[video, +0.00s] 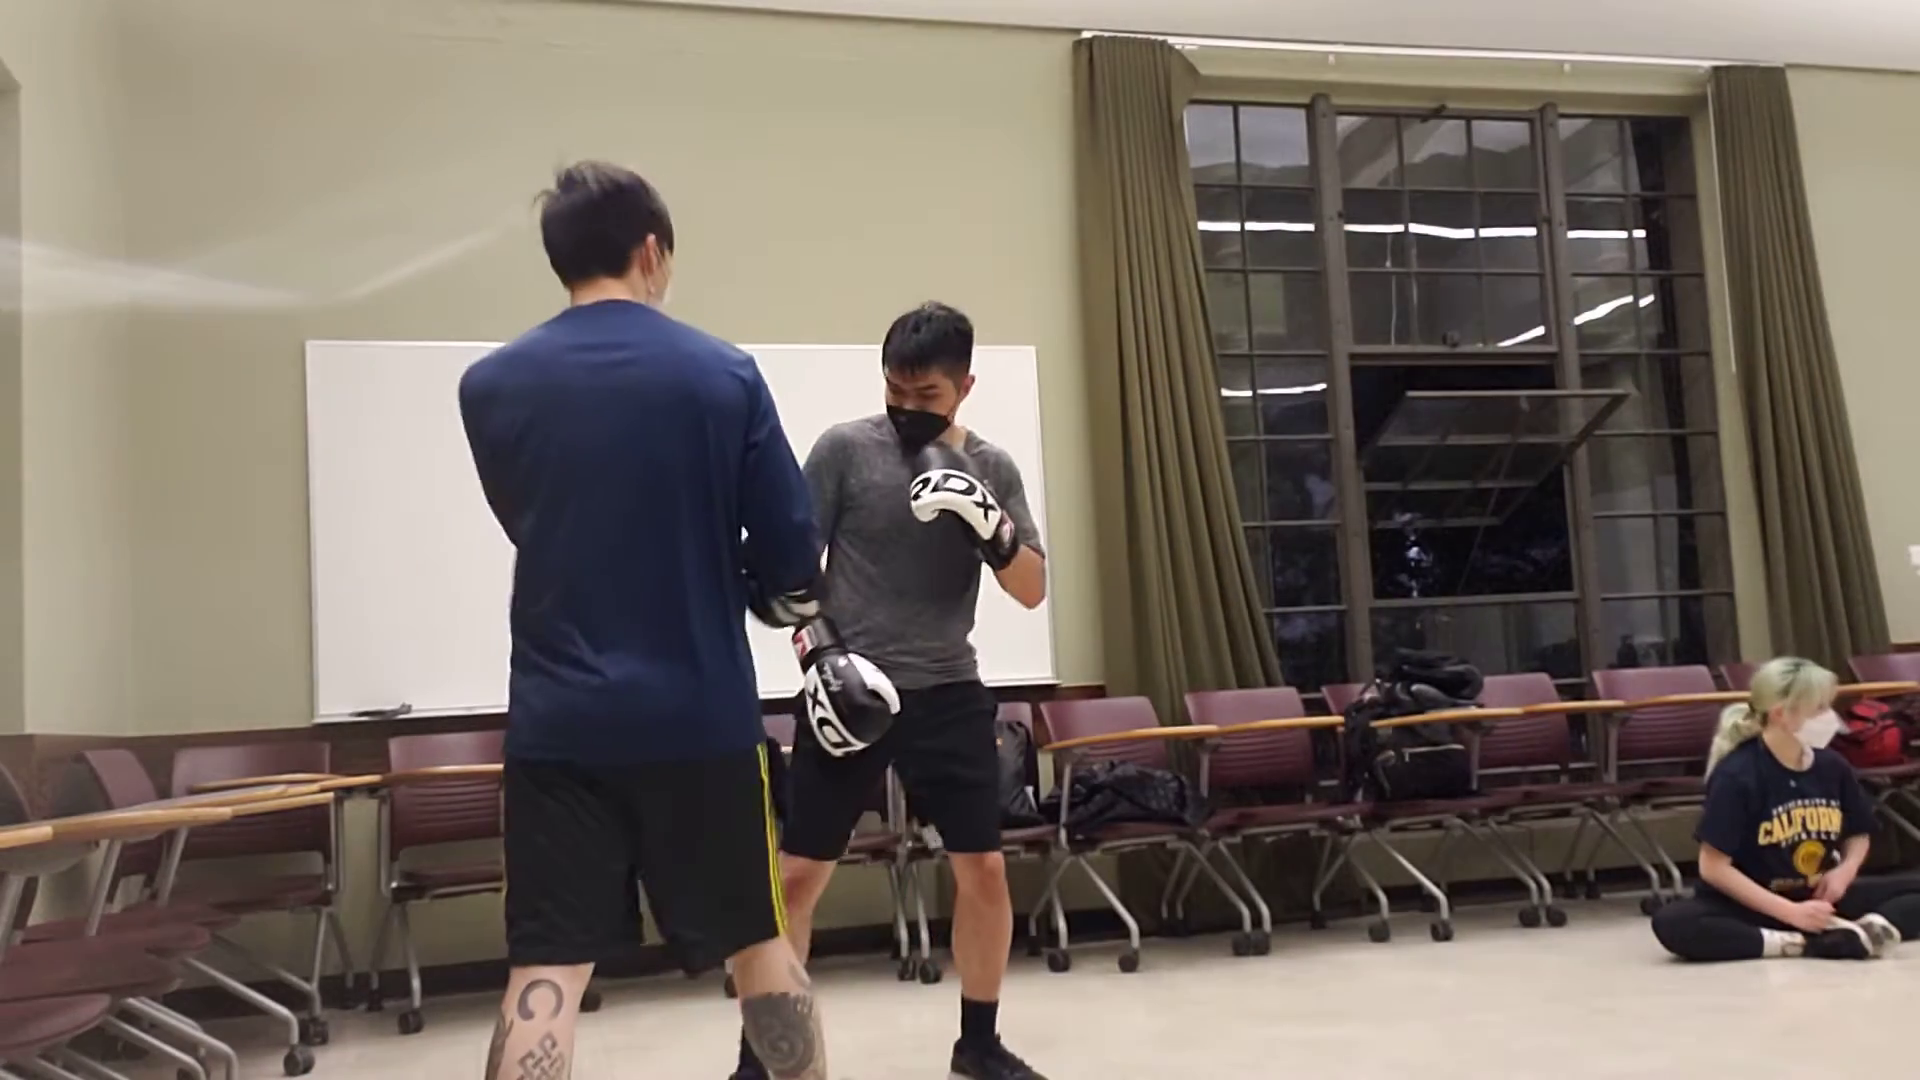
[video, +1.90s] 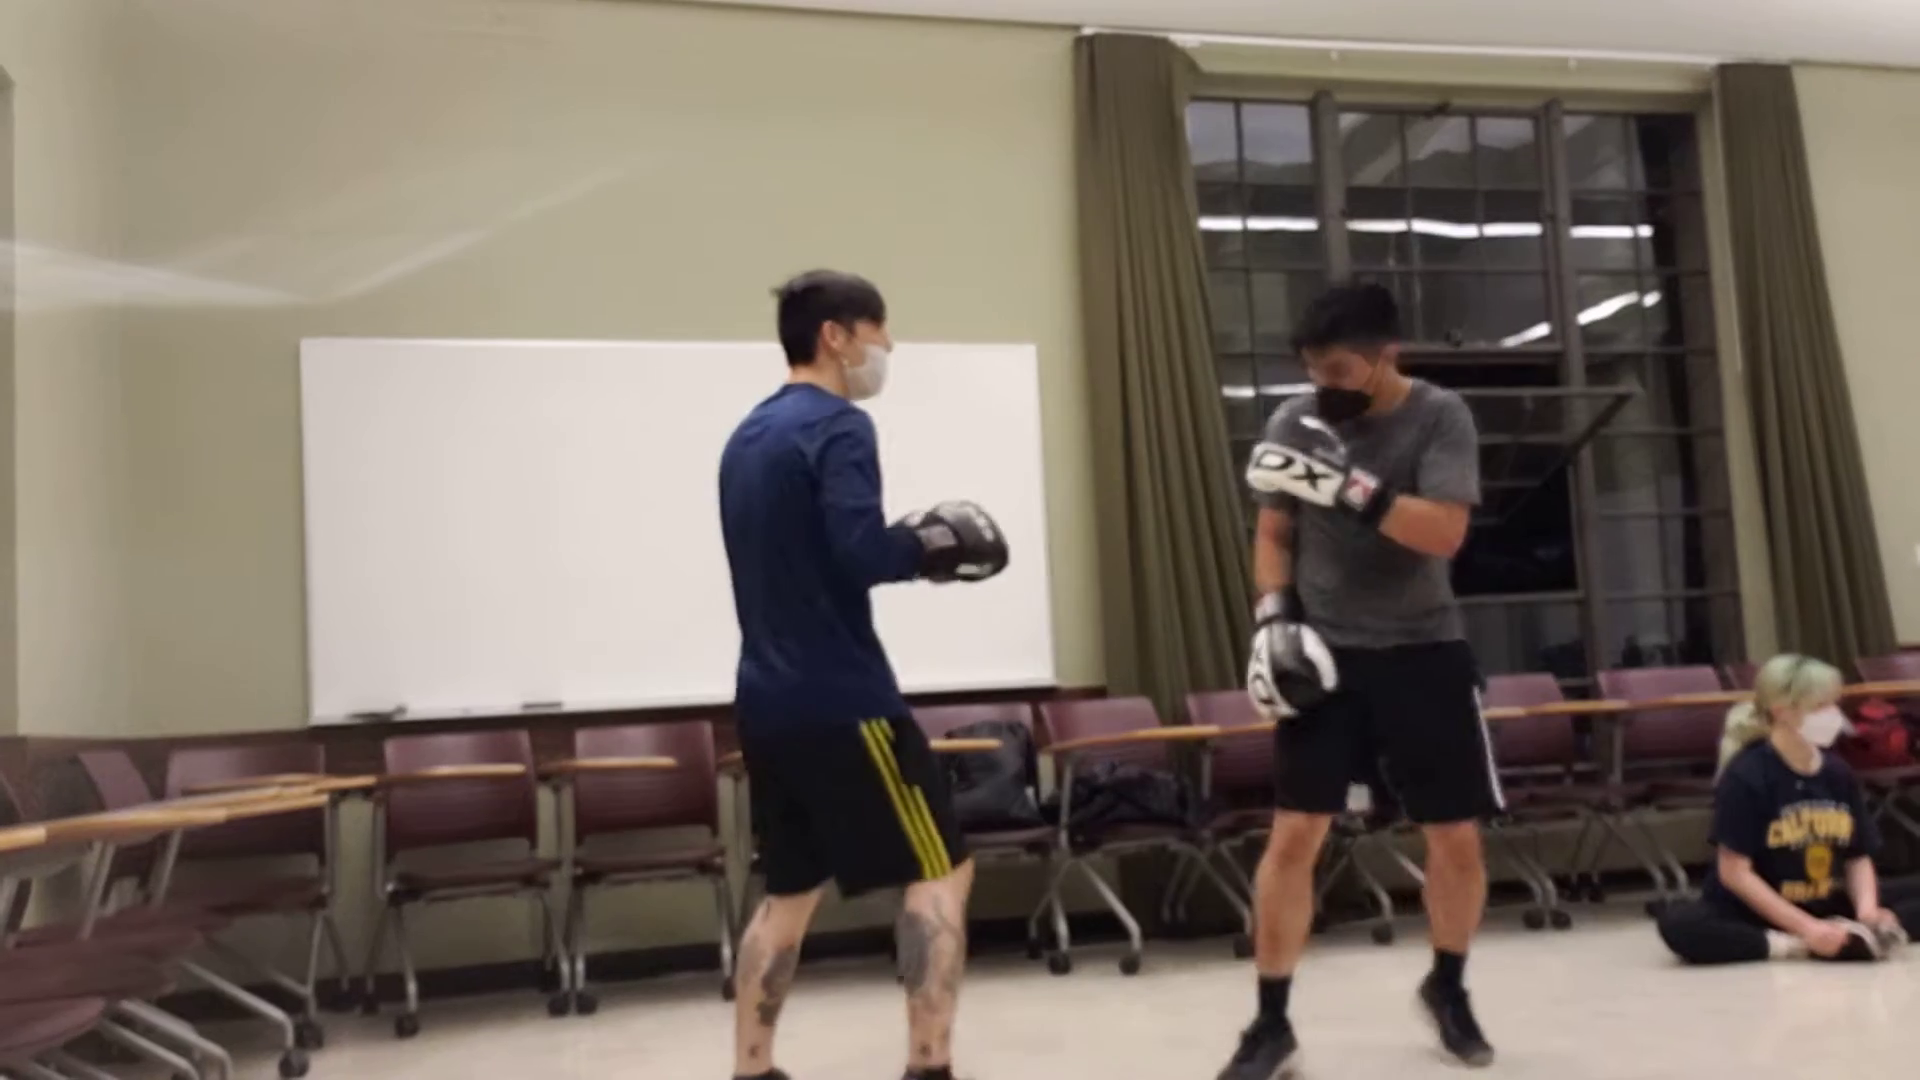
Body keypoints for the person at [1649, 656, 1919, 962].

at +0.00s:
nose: (1832, 718)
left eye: (1829, 707)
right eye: (1820, 710)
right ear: (1780, 715)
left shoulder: (1833, 767)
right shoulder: (1737, 774)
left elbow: (1860, 832)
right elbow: (1711, 867)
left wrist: (1844, 872)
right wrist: (1790, 912)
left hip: (1824, 897)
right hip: (1752, 905)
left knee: (1916, 890)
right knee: (1670, 923)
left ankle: (1857, 934)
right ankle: (1794, 945)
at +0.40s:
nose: (1830, 716)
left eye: (1828, 706)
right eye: (1817, 708)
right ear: (1778, 714)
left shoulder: (1833, 769)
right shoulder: (1738, 776)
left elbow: (1853, 842)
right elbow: (1720, 871)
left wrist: (1855, 881)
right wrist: (1799, 919)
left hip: (1827, 902)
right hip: (1756, 907)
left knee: (1915, 898)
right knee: (1671, 922)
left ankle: (1861, 936)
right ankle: (1793, 944)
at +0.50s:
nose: (1830, 716)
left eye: (1828, 705)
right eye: (1817, 708)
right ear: (1778, 714)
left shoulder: (1834, 770)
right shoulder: (1739, 776)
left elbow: (1856, 848)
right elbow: (1722, 870)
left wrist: (1858, 889)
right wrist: (1799, 920)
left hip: (1828, 905)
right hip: (1755, 909)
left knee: (1915, 902)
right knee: (1672, 922)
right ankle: (1792, 944)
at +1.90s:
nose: (1834, 715)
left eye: (1834, 704)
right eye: (1820, 706)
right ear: (1781, 712)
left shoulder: (1838, 774)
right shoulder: (1746, 775)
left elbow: (1858, 855)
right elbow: (1733, 872)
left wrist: (1867, 910)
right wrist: (1807, 927)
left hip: (1832, 906)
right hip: (1760, 910)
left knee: (1915, 895)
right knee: (1677, 923)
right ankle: (1795, 945)